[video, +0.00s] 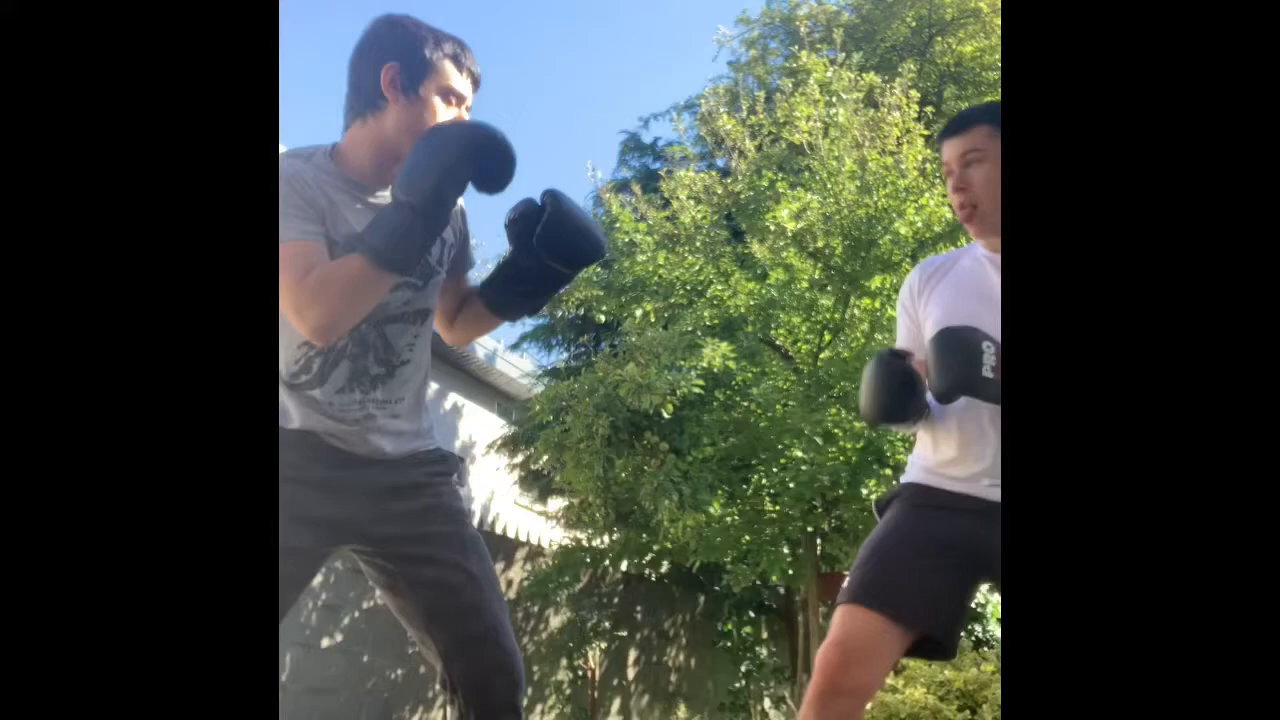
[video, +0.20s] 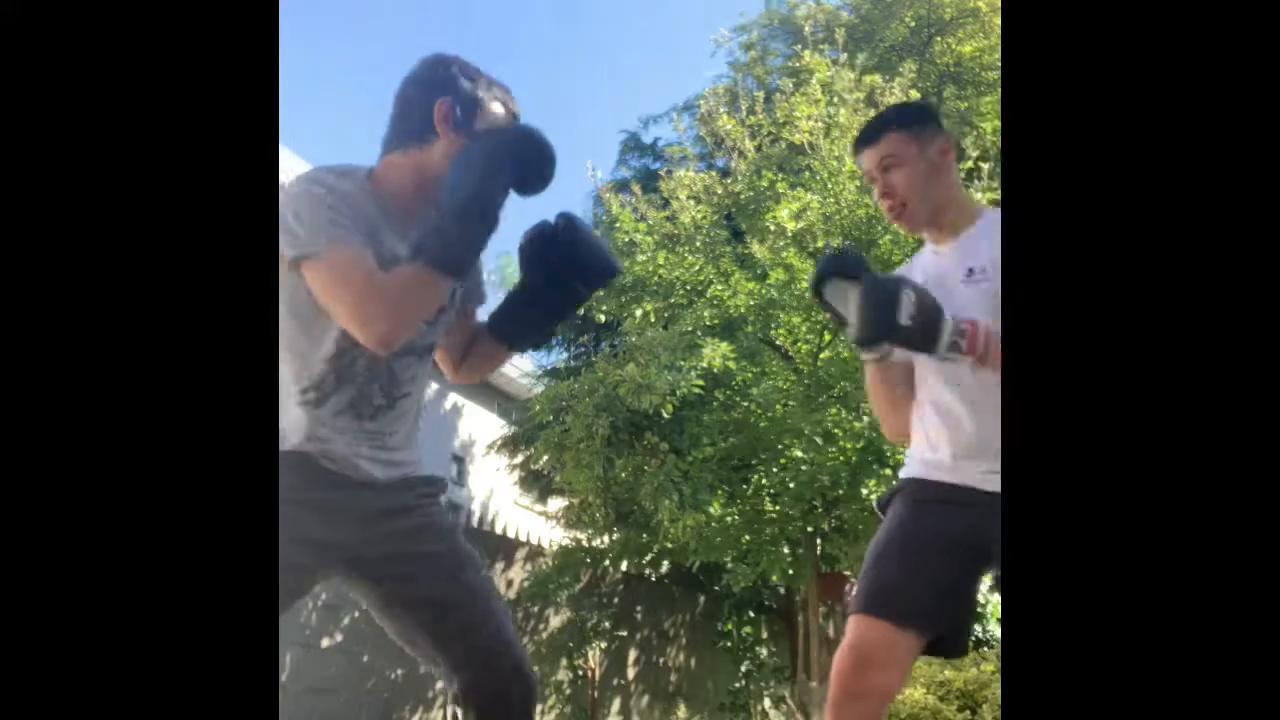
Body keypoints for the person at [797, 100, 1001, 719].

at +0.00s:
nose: (955, 184)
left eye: (972, 161)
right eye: (948, 171)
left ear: (1011, 165)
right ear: (945, 184)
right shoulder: (929, 282)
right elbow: (918, 386)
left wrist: (994, 374)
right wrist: (901, 394)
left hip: (998, 498)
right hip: (942, 495)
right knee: (840, 672)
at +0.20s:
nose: (882, 192)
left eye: (891, 167)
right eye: (872, 182)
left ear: (945, 154)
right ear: (871, 193)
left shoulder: (997, 235)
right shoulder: (905, 285)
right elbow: (900, 427)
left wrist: (952, 336)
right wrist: (873, 333)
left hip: (991, 477)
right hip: (944, 480)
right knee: (859, 678)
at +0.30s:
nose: (858, 199)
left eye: (864, 176)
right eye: (843, 189)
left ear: (905, 158)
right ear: (831, 201)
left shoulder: (990, 227)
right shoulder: (866, 272)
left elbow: (976, 336)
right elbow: (854, 395)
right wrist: (826, 290)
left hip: (1000, 482)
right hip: (921, 482)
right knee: (847, 669)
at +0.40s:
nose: (831, 204)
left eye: (839, 184)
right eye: (820, 197)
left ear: (872, 163)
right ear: (816, 207)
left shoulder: (970, 222)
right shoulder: (841, 271)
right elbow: (819, 361)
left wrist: (829, 217)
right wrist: (793, 256)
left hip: (992, 482)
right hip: (899, 481)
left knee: (994, 674)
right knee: (830, 670)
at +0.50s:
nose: (816, 230)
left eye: (819, 205)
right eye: (801, 221)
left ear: (852, 164)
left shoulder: (954, 223)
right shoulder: (834, 267)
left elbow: (873, 330)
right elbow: (801, 368)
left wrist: (811, 239)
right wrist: (778, 260)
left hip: (988, 480)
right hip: (888, 479)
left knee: (994, 667)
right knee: (818, 663)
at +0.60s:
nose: (805, 243)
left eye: (804, 217)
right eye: (791, 234)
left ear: (834, 177)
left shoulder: (942, 231)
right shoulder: (829, 278)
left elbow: (868, 348)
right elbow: (795, 384)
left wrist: (799, 257)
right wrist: (765, 270)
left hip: (987, 490)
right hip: (888, 487)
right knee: (801, 664)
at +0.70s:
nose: (784, 262)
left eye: (781, 237)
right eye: (772, 251)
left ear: (804, 199)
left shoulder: (917, 234)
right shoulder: (805, 297)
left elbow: (857, 363)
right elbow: (788, 405)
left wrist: (772, 278)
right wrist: (741, 296)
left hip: (988, 485)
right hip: (889, 489)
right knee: (808, 666)